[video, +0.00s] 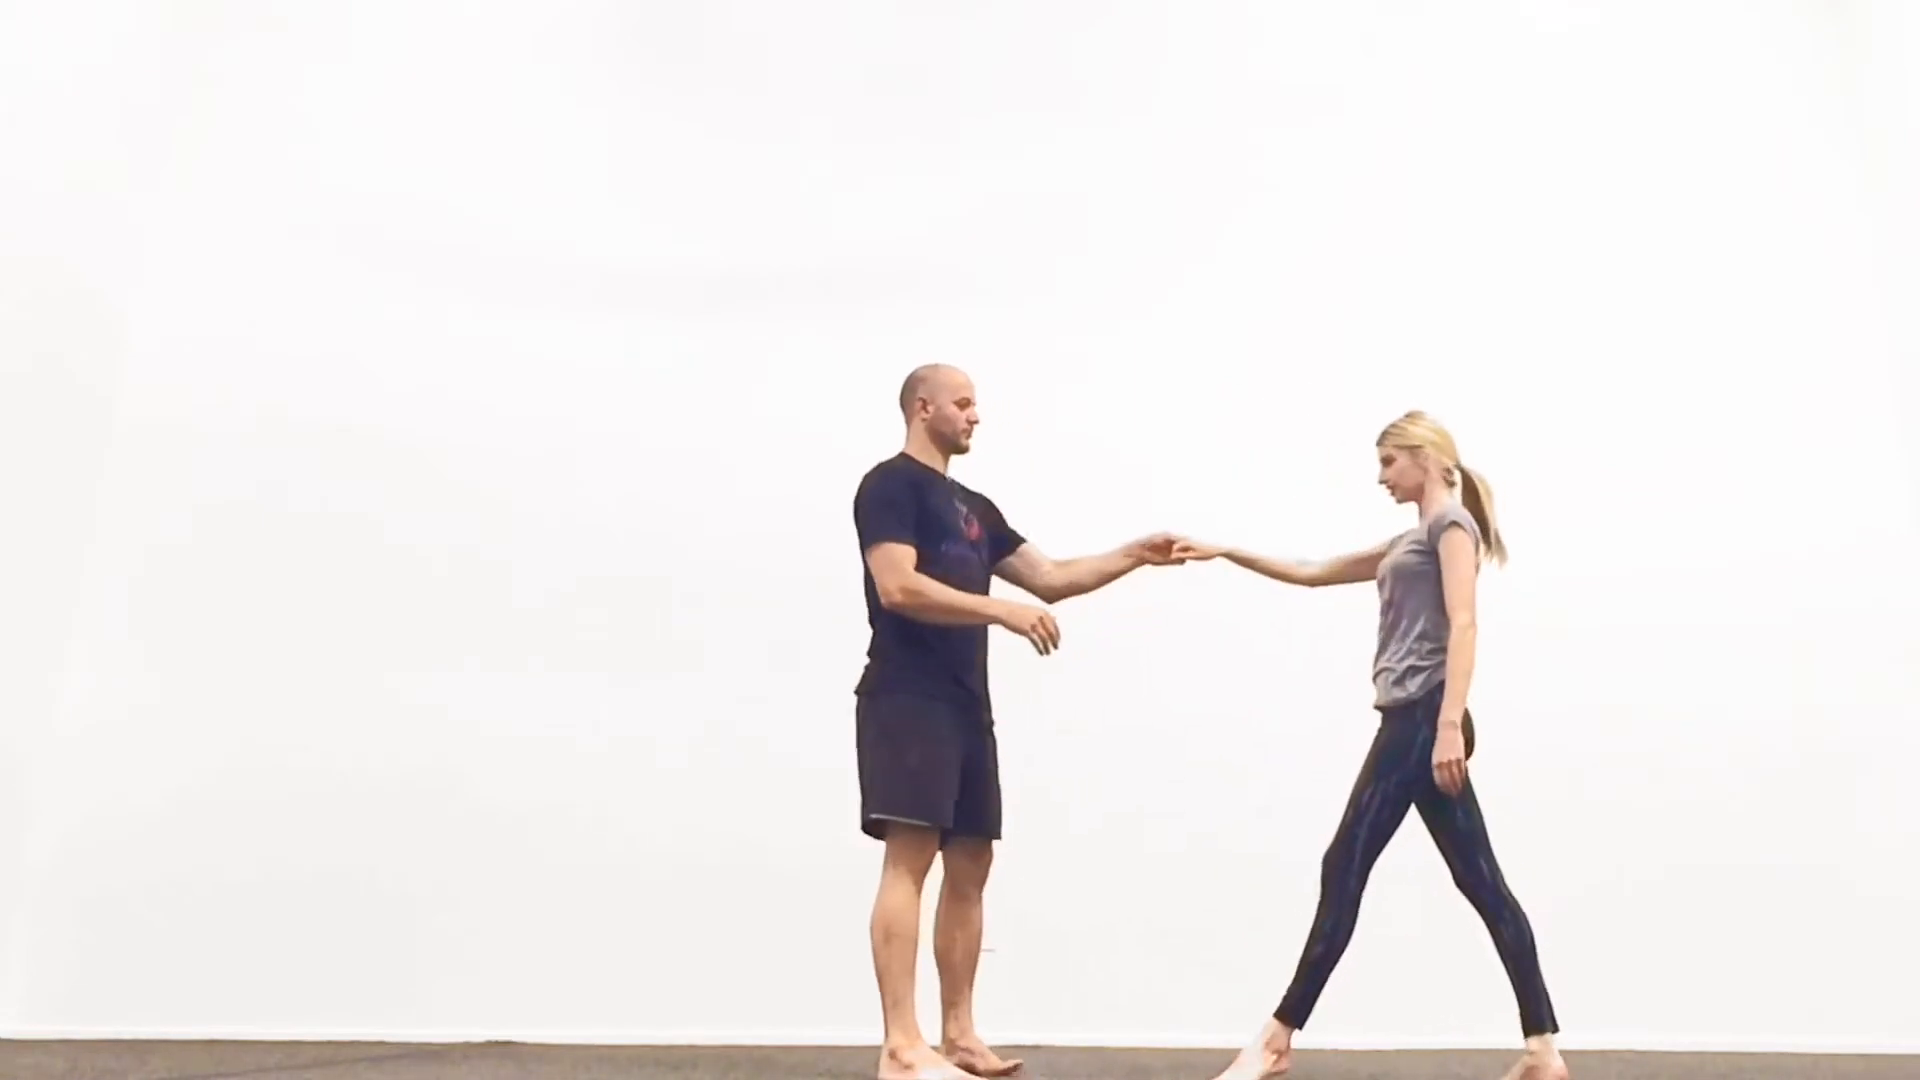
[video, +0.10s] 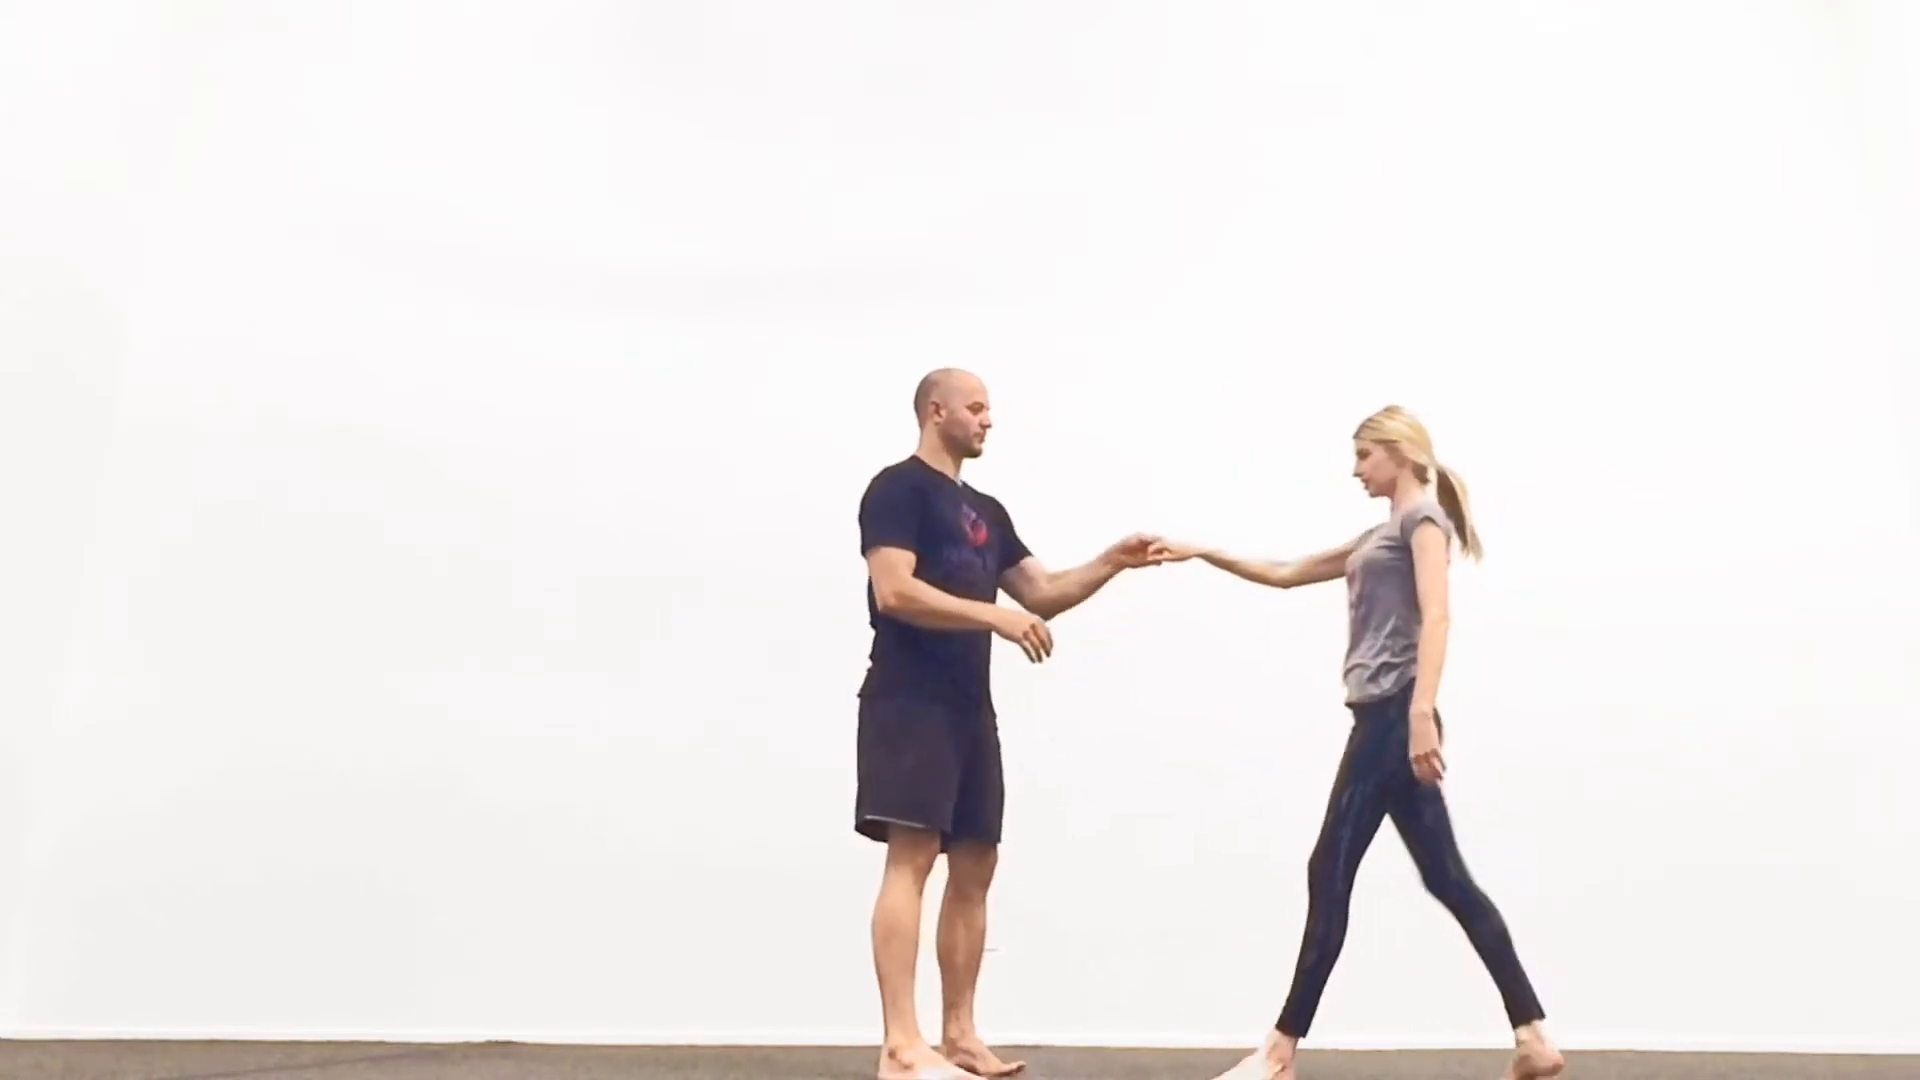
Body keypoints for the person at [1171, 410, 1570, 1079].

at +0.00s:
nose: (1383, 474)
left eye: (1390, 460)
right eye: (1382, 463)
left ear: (1429, 460)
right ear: (1422, 464)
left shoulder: (1451, 528)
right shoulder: (1412, 541)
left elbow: (1464, 626)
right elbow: (1310, 571)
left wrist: (1449, 723)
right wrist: (1221, 551)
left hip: (1417, 717)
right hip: (1419, 717)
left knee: (1344, 864)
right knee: (1484, 884)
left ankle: (1277, 1038)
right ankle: (1542, 1045)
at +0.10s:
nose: (1356, 467)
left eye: (1364, 454)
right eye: (1356, 456)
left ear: (1402, 455)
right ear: (1395, 459)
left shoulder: (1422, 524)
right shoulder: (1379, 536)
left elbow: (1436, 620)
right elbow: (1286, 573)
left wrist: (1422, 713)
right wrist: (1199, 552)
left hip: (1390, 715)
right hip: (1386, 714)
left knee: (1330, 869)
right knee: (1449, 880)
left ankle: (1279, 1050)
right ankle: (1533, 1037)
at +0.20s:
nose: (1320, 461)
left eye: (1327, 448)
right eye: (1320, 450)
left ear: (1364, 449)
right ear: (1355, 454)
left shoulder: (1382, 514)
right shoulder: (1345, 527)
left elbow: (1393, 603)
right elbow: (1253, 571)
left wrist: (1368, 696)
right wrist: (1167, 551)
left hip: (1346, 706)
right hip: (1340, 706)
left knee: (1312, 874)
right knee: (1371, 882)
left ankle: (1280, 1051)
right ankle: (1492, 1011)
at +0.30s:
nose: (1281, 456)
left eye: (1289, 444)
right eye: (1282, 445)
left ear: (1323, 448)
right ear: (1319, 449)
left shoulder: (1344, 510)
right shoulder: (1308, 520)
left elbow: (1342, 586)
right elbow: (1217, 565)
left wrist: (1287, 661)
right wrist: (1141, 547)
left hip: (1322, 699)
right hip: (1296, 701)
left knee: (1300, 877)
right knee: (1267, 874)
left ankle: (1279, 1052)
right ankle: (1393, 987)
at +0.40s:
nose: (1240, 451)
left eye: (1247, 438)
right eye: (1240, 440)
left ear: (1282, 440)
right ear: (1272, 446)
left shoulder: (1305, 505)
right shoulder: (1259, 519)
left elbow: (1284, 555)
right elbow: (1171, 550)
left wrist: (1199, 604)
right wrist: (1105, 521)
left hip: (1290, 705)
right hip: (1252, 706)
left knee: (1288, 873)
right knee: (1172, 846)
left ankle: (1279, 1054)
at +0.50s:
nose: (1195, 448)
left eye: (1203, 436)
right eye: (1196, 437)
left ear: (1236, 439)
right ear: (1231, 441)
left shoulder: (1263, 497)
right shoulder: (1221, 510)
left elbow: (1209, 522)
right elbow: (1123, 531)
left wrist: (1110, 540)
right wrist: (1064, 490)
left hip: (1255, 703)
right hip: (1217, 704)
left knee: (1267, 873)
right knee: (1117, 827)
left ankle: (1277, 1049)